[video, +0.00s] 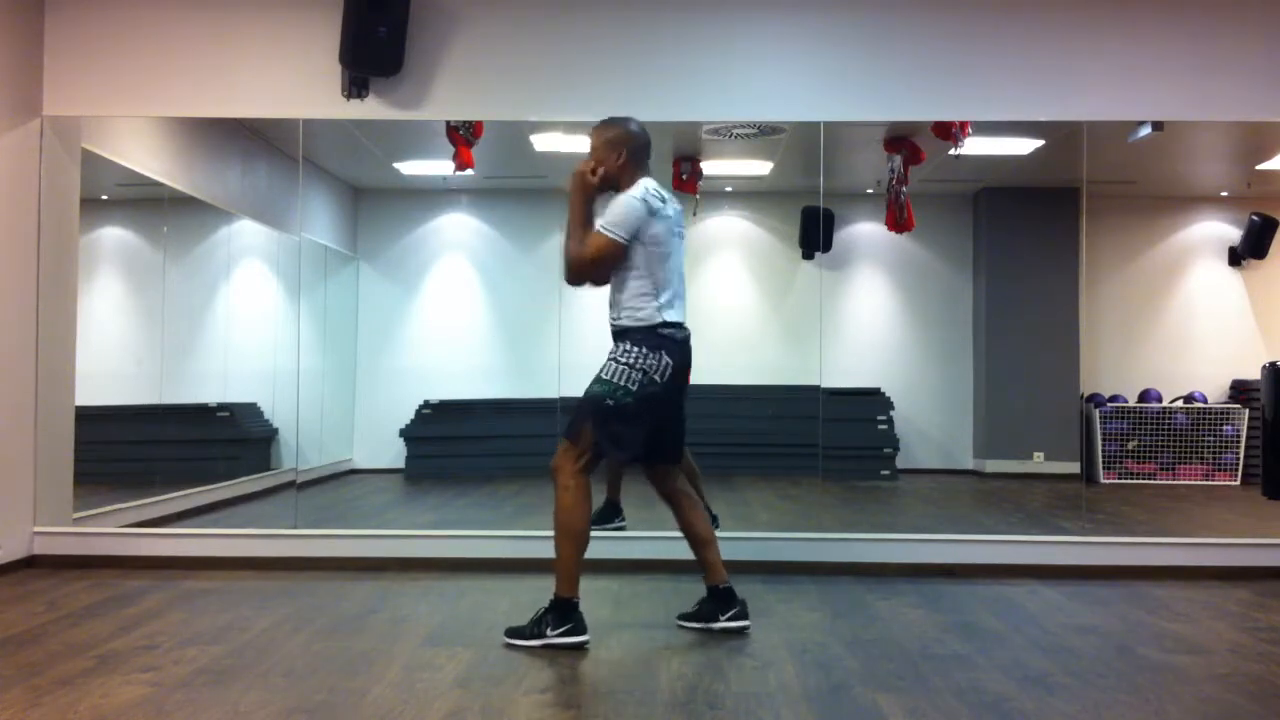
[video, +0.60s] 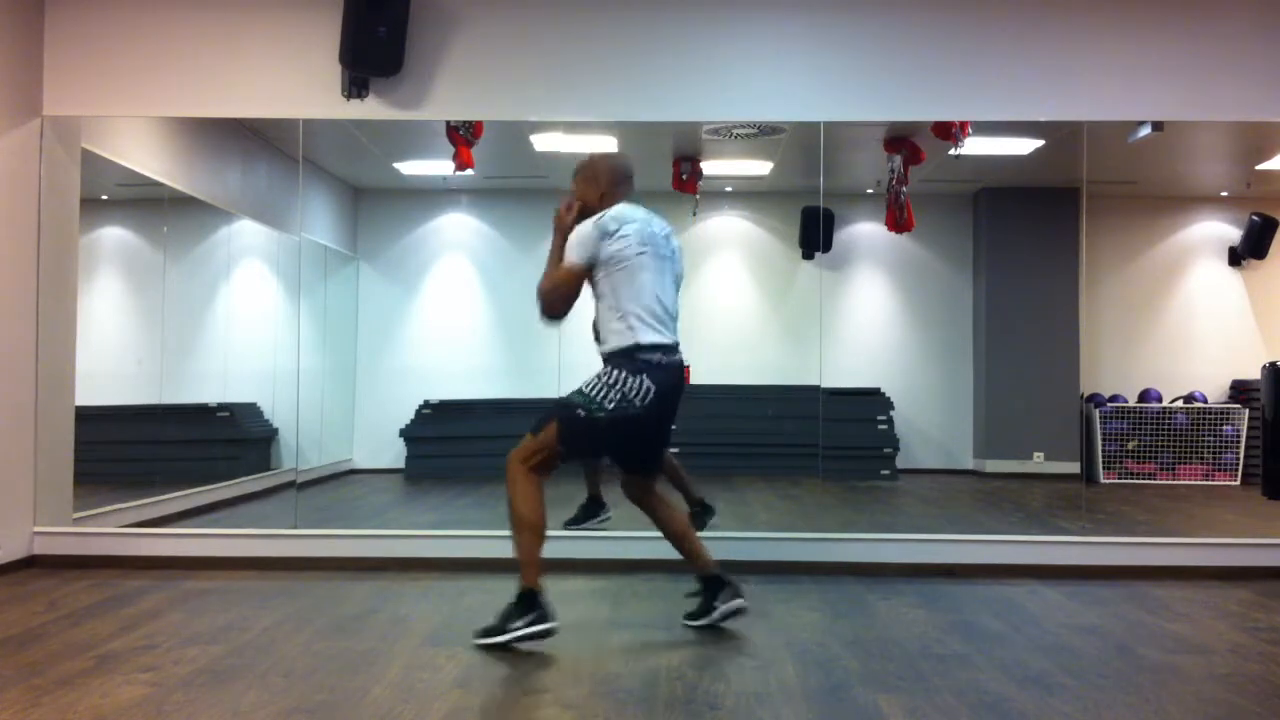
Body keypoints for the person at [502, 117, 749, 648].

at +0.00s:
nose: (590, 163)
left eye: (595, 154)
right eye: (591, 155)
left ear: (622, 156)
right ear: (633, 155)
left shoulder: (637, 199)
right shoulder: (659, 200)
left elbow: (577, 268)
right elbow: (600, 272)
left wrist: (578, 195)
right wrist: (590, 207)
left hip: (642, 350)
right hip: (664, 349)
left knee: (570, 464)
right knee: (669, 475)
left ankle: (564, 610)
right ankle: (722, 595)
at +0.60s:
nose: (572, 193)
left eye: (578, 183)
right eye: (575, 183)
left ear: (601, 185)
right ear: (623, 186)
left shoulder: (595, 228)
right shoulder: (663, 231)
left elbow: (552, 305)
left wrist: (559, 236)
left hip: (628, 375)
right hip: (668, 375)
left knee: (523, 464)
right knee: (640, 485)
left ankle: (530, 600)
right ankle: (715, 582)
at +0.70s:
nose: (559, 234)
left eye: (560, 225)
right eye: (558, 226)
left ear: (578, 217)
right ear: (605, 213)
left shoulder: (581, 253)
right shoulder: (654, 254)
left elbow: (554, 344)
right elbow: (652, 329)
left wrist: (548, 277)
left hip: (620, 397)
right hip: (663, 395)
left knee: (513, 473)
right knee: (633, 498)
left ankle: (516, 609)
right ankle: (715, 592)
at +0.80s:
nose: (528, 250)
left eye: (530, 238)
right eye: (526, 240)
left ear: (553, 231)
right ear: (570, 229)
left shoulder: (579, 267)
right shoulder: (613, 261)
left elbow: (554, 358)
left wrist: (523, 299)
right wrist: (542, 287)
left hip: (618, 412)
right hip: (647, 411)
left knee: (503, 475)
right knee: (607, 515)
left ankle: (516, 613)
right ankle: (708, 588)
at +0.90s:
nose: (501, 253)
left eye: (505, 242)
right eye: (499, 243)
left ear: (534, 240)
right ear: (537, 240)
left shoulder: (583, 278)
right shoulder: (552, 284)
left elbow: (562, 366)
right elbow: (528, 363)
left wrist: (515, 303)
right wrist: (506, 301)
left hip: (613, 413)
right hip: (605, 411)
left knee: (494, 475)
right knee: (578, 525)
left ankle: (517, 615)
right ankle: (692, 575)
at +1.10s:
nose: (474, 255)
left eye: (476, 244)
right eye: (471, 246)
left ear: (506, 241)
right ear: (514, 242)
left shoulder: (544, 286)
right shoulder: (557, 275)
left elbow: (510, 369)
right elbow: (515, 358)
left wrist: (480, 300)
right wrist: (482, 301)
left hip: (585, 412)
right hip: (602, 408)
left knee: (467, 483)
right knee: (525, 501)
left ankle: (514, 615)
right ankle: (616, 577)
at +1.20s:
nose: (475, 252)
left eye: (478, 241)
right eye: (473, 242)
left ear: (502, 238)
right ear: (523, 237)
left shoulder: (516, 278)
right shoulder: (565, 270)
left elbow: (487, 365)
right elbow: (534, 361)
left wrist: (468, 296)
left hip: (566, 412)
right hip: (604, 408)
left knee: (450, 491)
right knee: (523, 498)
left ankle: (510, 612)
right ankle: (607, 586)